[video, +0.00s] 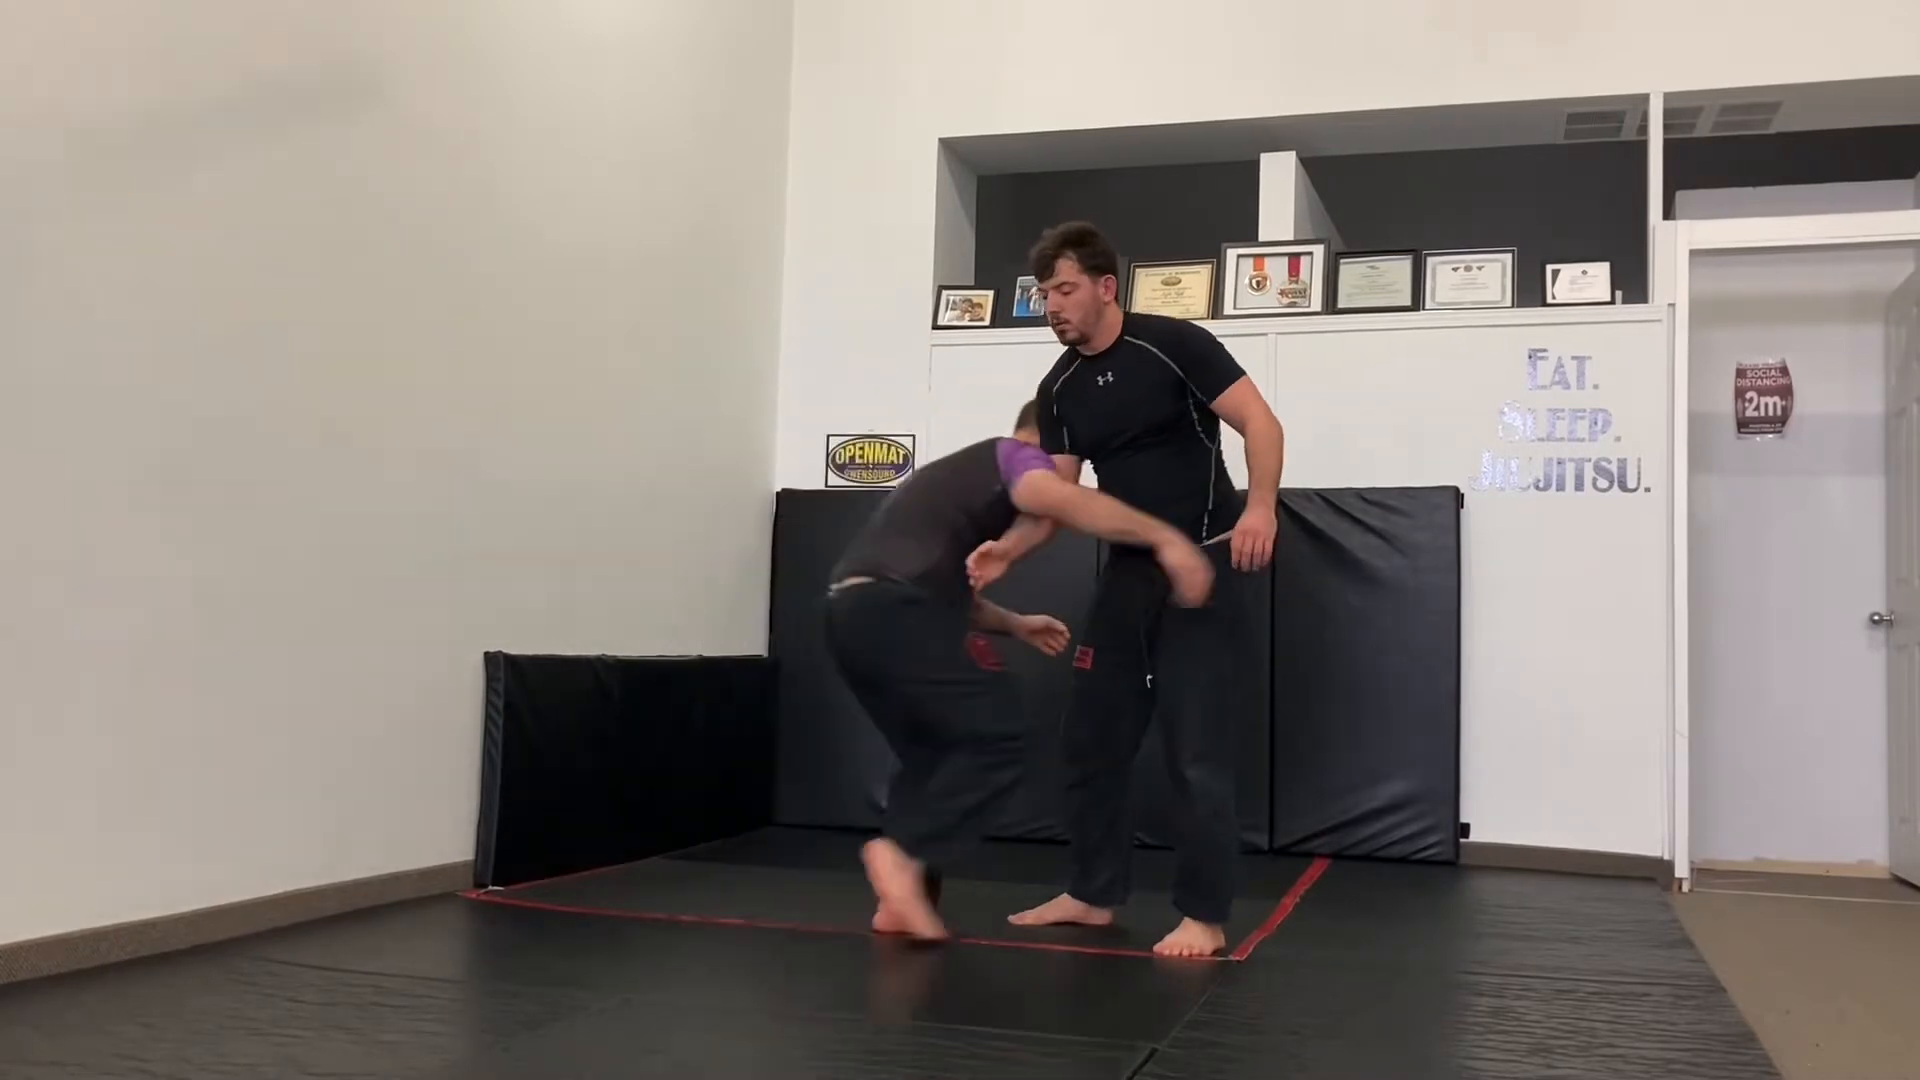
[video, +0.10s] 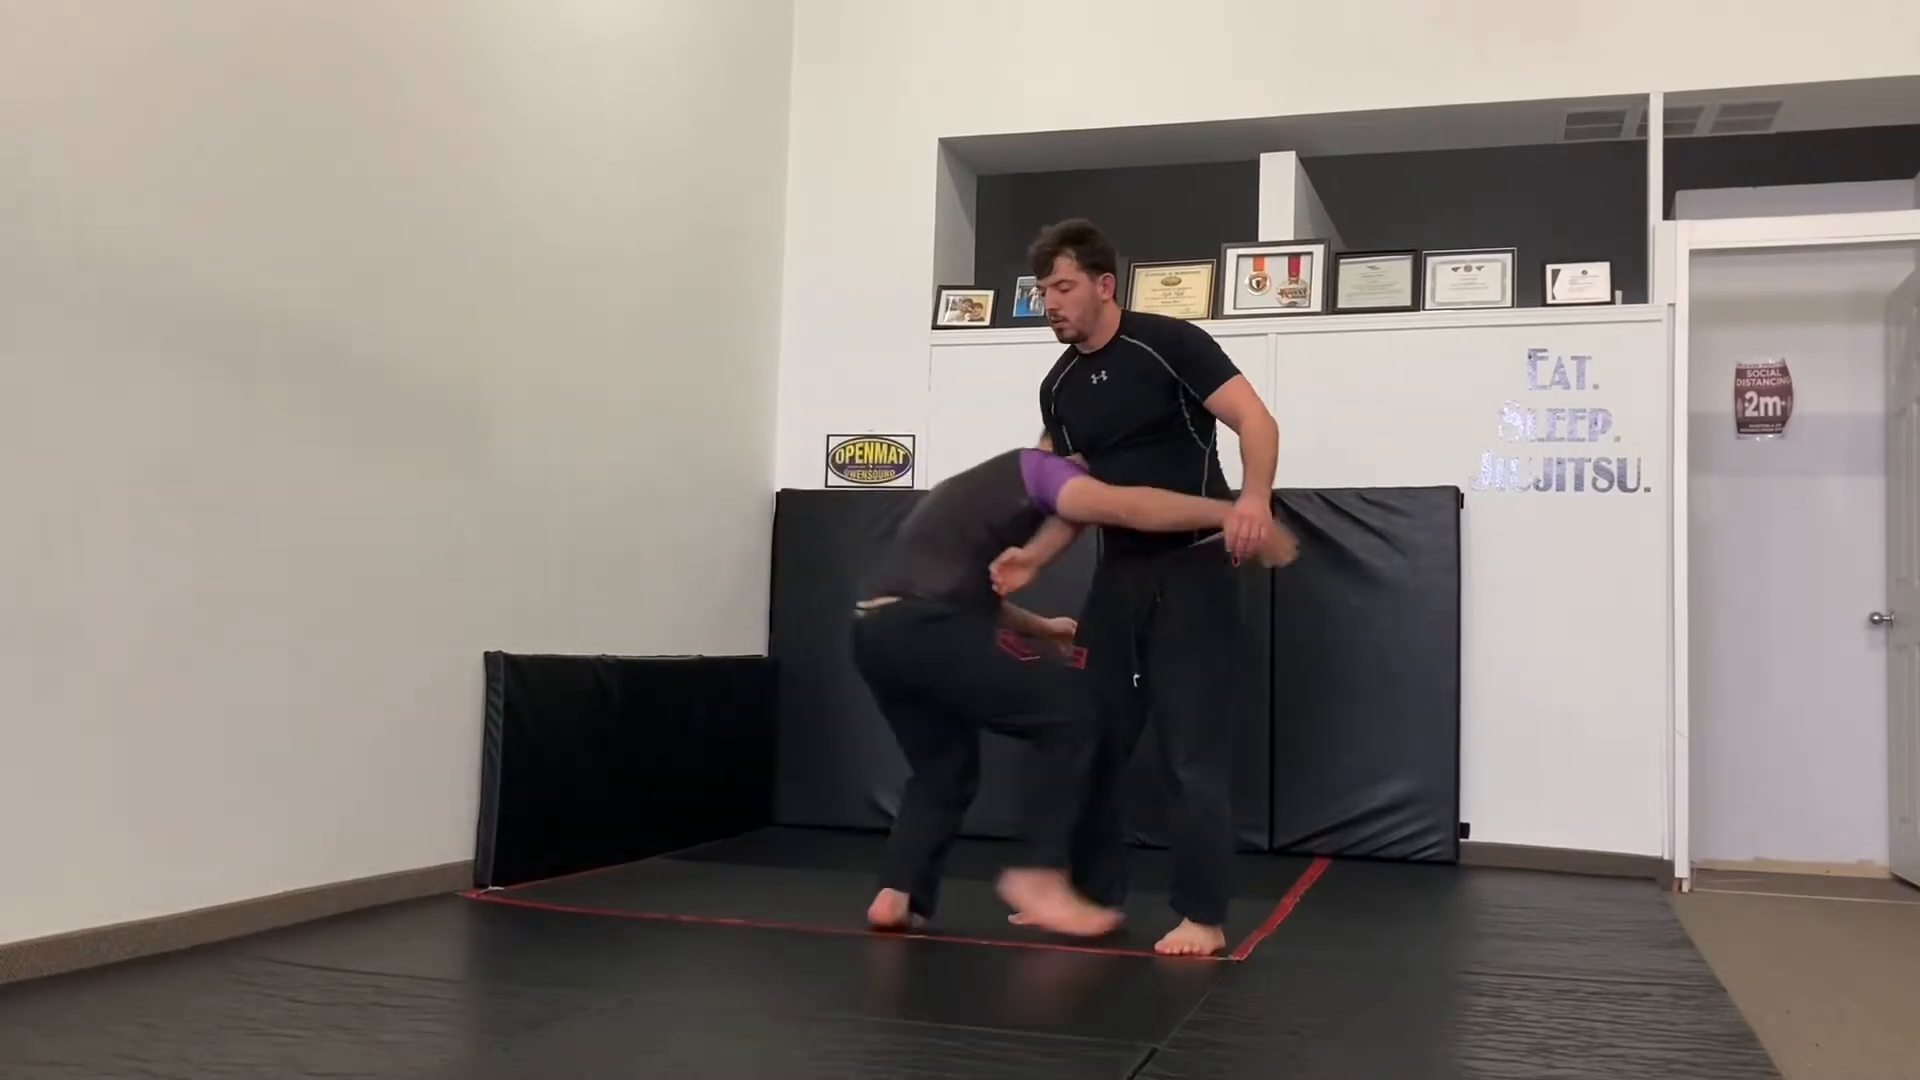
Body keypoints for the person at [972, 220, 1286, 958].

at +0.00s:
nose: (1051, 304)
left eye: (1063, 290)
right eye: (1044, 293)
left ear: (1107, 286)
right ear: (1044, 298)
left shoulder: (1175, 343)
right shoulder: (1061, 389)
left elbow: (1263, 426)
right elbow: (1052, 500)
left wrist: (1261, 507)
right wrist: (1008, 549)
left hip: (1204, 558)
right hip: (1125, 564)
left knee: (1197, 735)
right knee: (1098, 726)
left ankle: (1204, 915)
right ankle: (1094, 893)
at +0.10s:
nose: (1048, 301)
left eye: (1061, 286)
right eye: (1043, 290)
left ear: (1106, 284)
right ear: (1048, 297)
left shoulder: (1169, 341)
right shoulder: (1060, 384)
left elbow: (1257, 422)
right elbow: (1068, 497)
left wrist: (1255, 498)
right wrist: (1032, 557)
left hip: (1195, 561)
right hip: (1121, 568)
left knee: (1192, 737)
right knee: (1103, 726)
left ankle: (1203, 916)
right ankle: (1097, 898)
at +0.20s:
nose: (1041, 303)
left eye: (1054, 288)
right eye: (1036, 291)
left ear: (1098, 286)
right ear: (1042, 298)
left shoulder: (1158, 340)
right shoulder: (1057, 388)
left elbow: (1241, 417)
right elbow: (1092, 493)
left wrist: (1229, 495)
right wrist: (1074, 574)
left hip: (1186, 561)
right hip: (1112, 567)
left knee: (1182, 728)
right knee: (1096, 720)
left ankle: (1203, 917)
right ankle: (1092, 891)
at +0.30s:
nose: (1036, 312)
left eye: (1048, 297)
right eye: (1031, 300)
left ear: (1092, 292)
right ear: (1037, 305)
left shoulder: (1150, 341)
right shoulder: (1062, 393)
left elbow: (1221, 417)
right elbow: (1105, 489)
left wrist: (1185, 503)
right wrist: (1097, 575)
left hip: (1195, 562)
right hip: (1128, 568)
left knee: (1184, 732)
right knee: (1107, 723)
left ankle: (1200, 919)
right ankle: (1095, 888)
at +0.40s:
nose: (1037, 319)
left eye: (1047, 303)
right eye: (1031, 307)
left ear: (1091, 295)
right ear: (1045, 310)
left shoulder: (1149, 341)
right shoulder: (1078, 392)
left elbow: (1196, 423)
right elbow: (1126, 484)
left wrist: (1131, 515)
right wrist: (1119, 571)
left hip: (1202, 559)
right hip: (1146, 563)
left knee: (1188, 733)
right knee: (1117, 724)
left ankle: (1201, 918)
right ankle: (1097, 886)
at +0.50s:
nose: (1045, 330)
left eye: (1052, 312)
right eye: (1038, 317)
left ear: (1096, 301)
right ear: (1056, 315)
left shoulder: (1148, 343)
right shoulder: (1097, 392)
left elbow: (1170, 430)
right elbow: (1154, 485)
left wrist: (1093, 518)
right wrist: (1148, 564)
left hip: (1219, 555)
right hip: (1171, 560)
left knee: (1188, 731)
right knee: (1121, 712)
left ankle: (1202, 918)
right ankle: (1085, 881)